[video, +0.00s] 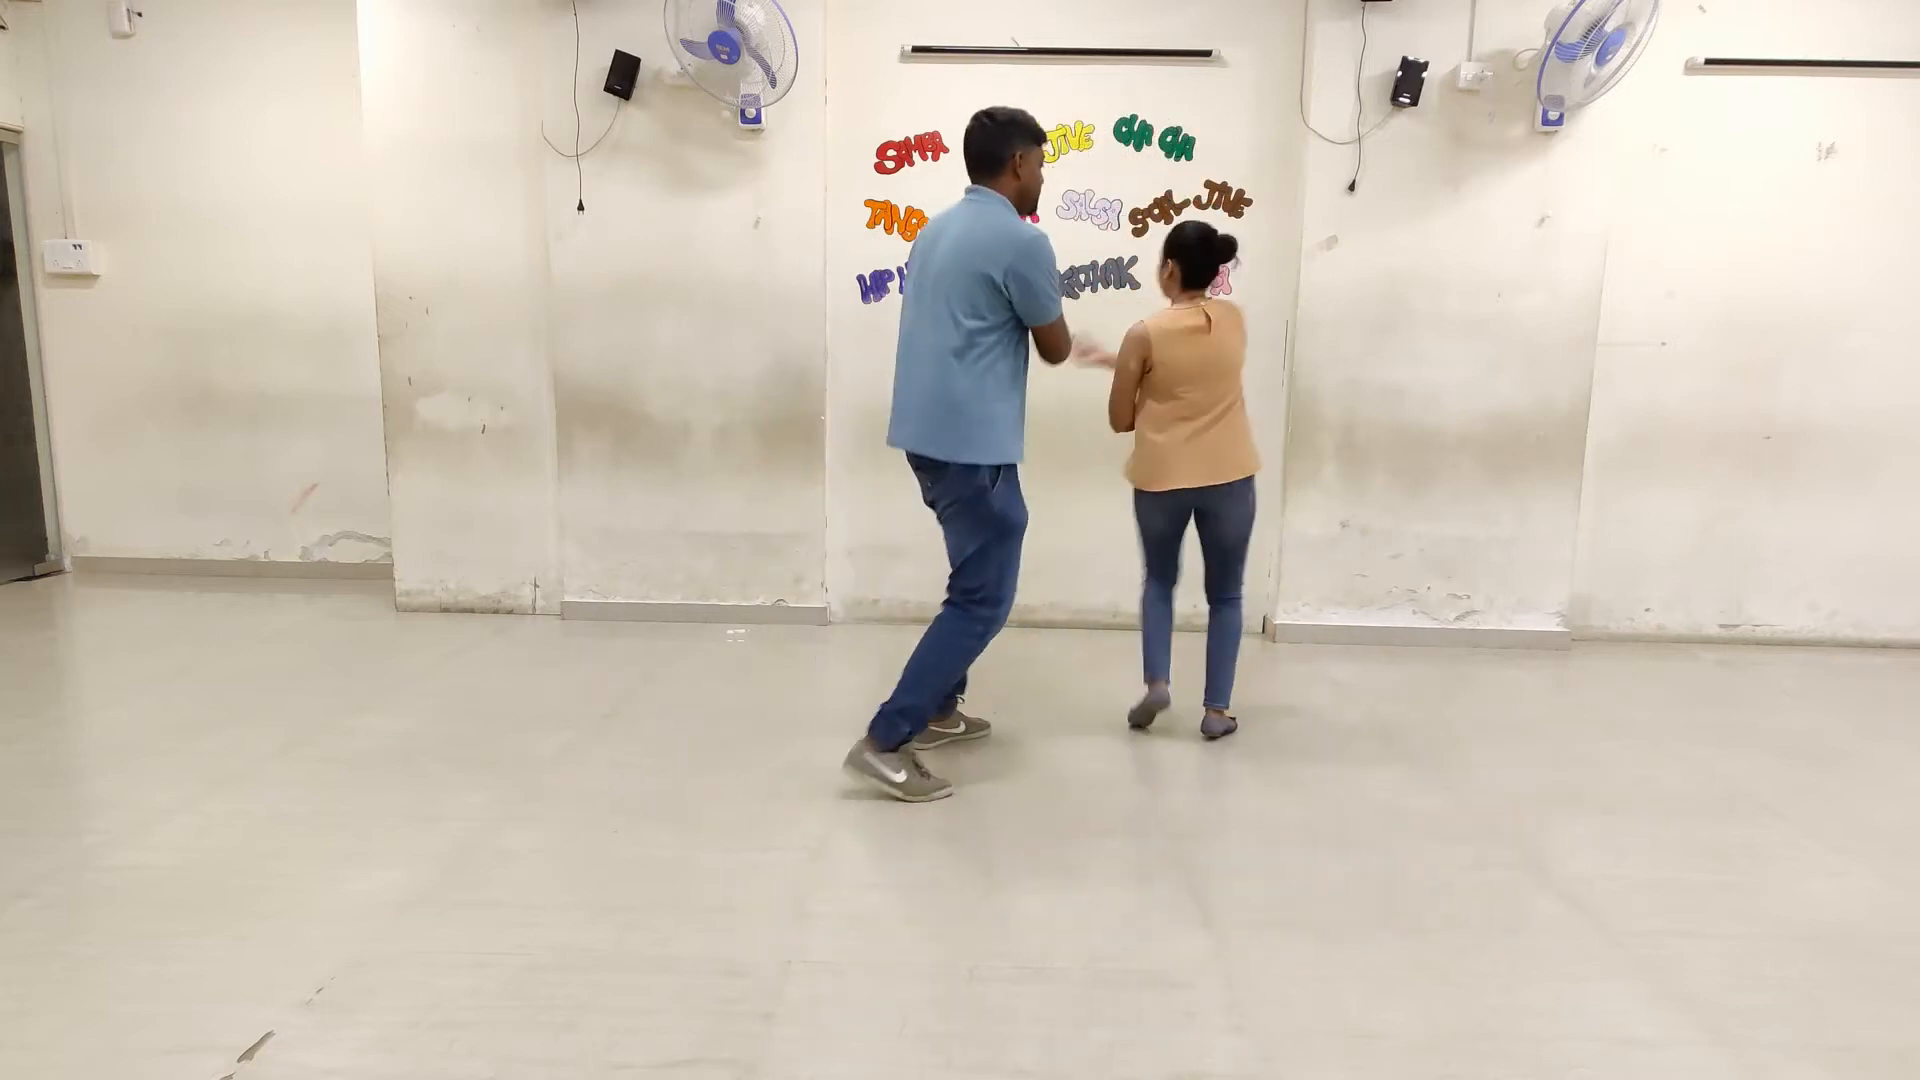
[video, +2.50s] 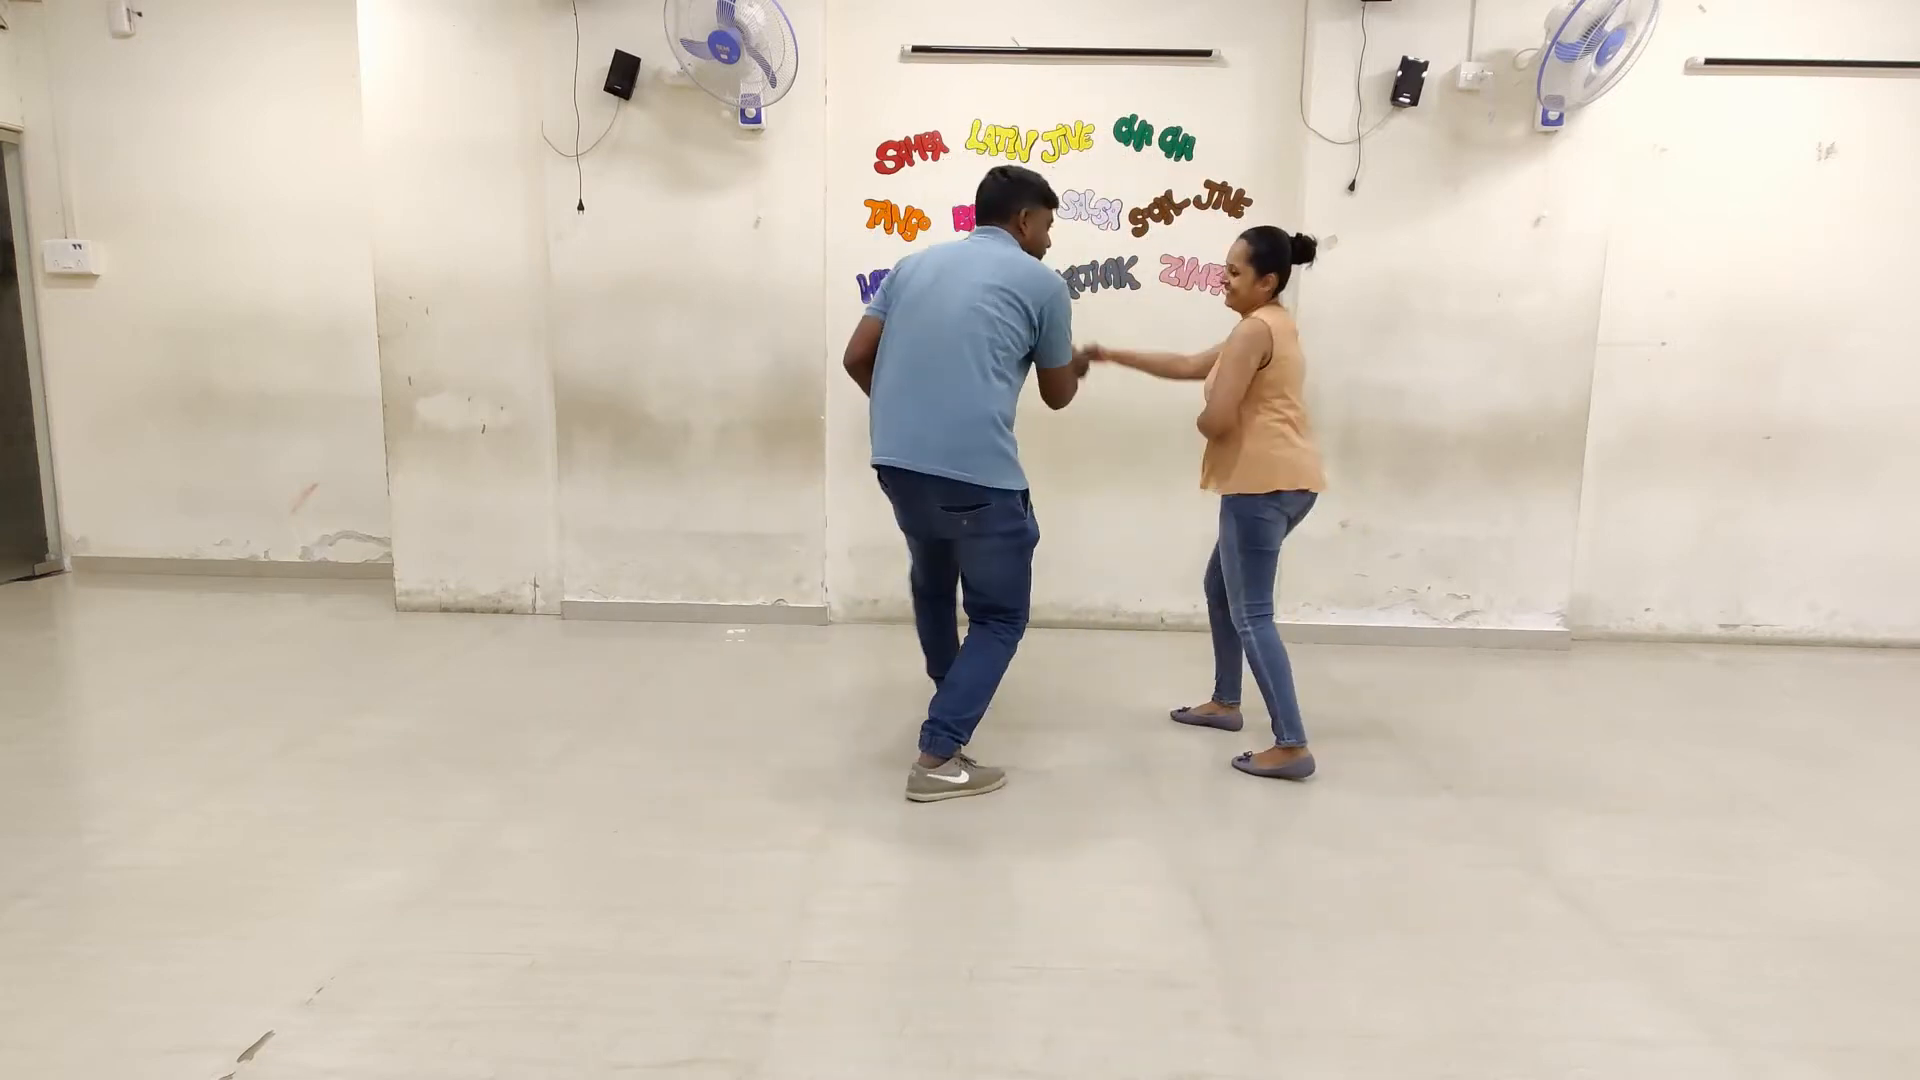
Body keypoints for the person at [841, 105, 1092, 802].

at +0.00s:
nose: (1044, 175)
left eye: (1042, 162)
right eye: (1039, 163)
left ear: (980, 167)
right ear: (1018, 165)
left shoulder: (938, 228)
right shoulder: (1020, 241)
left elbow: (966, 327)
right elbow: (1056, 349)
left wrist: (1070, 349)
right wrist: (1035, 306)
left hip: (923, 432)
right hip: (974, 443)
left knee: (974, 576)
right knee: (982, 600)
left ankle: (939, 708)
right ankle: (884, 743)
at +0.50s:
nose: (1017, 202)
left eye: (1017, 190)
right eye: (1015, 189)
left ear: (956, 184)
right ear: (994, 183)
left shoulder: (910, 244)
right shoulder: (982, 249)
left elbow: (857, 327)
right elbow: (1046, 348)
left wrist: (860, 422)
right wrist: (1149, 363)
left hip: (906, 445)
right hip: (955, 448)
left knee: (976, 574)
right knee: (1014, 586)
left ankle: (936, 700)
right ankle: (921, 720)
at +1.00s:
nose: (998, 225)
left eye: (999, 215)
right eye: (999, 214)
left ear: (935, 197)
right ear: (983, 204)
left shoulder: (866, 245)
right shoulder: (989, 266)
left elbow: (804, 329)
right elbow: (1020, 376)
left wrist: (806, 432)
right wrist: (1064, 364)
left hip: (852, 444)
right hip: (928, 454)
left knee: (889, 563)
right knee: (949, 604)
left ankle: (913, 681)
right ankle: (884, 746)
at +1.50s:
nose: (1054, 258)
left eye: (1059, 245)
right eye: (1054, 242)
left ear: (1018, 226)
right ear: (1025, 224)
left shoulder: (972, 266)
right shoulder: (971, 268)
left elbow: (925, 371)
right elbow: (975, 368)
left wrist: (964, 444)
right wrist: (1071, 405)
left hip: (920, 438)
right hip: (903, 438)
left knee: (991, 564)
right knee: (984, 574)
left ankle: (932, 696)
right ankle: (963, 744)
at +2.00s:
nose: (1071, 278)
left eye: (1075, 265)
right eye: (1071, 263)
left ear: (1027, 244)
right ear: (1045, 246)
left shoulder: (972, 280)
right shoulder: (1009, 297)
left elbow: (934, 383)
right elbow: (1014, 411)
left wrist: (979, 453)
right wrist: (1107, 424)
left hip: (908, 459)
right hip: (939, 467)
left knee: (992, 586)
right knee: (1019, 606)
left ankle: (954, 700)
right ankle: (933, 741)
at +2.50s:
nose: (1050, 236)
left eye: (1050, 223)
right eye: (1046, 222)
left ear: (985, 216)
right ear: (1021, 217)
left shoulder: (916, 263)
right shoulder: (1042, 283)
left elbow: (858, 357)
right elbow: (1057, 393)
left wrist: (902, 405)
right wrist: (1078, 361)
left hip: (897, 459)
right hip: (977, 466)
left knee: (932, 572)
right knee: (998, 618)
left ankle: (947, 701)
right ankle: (939, 756)